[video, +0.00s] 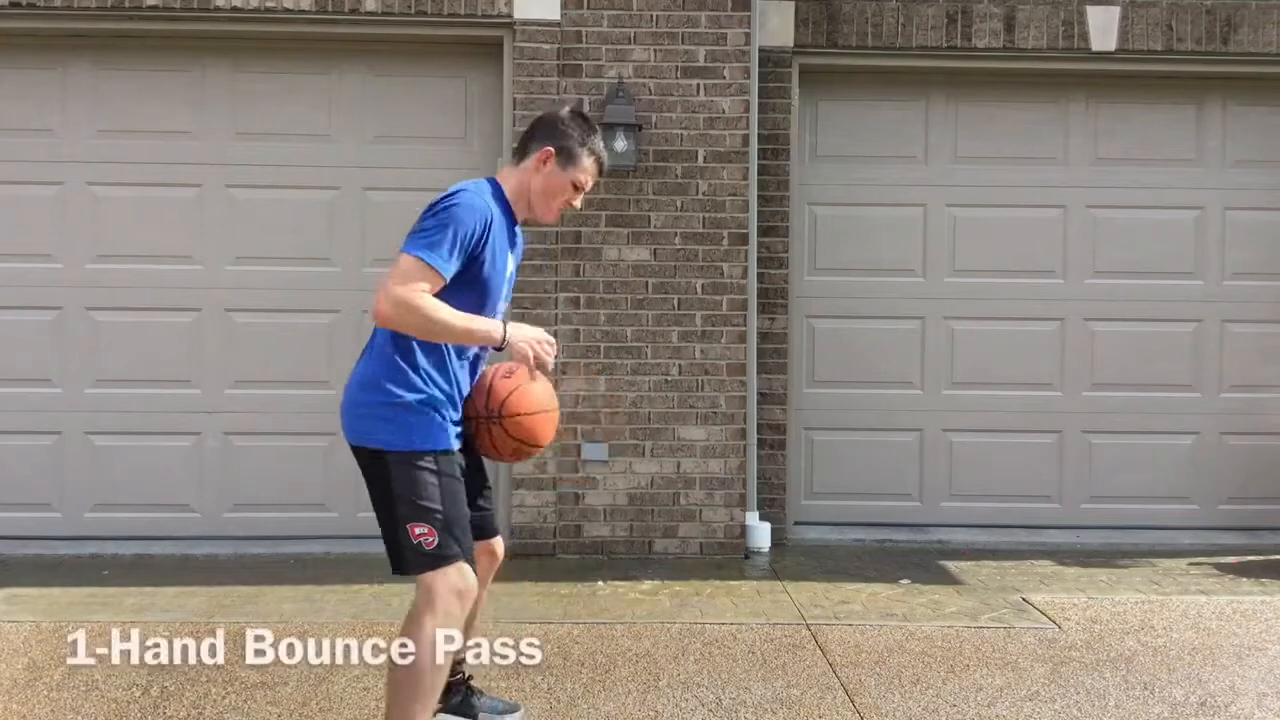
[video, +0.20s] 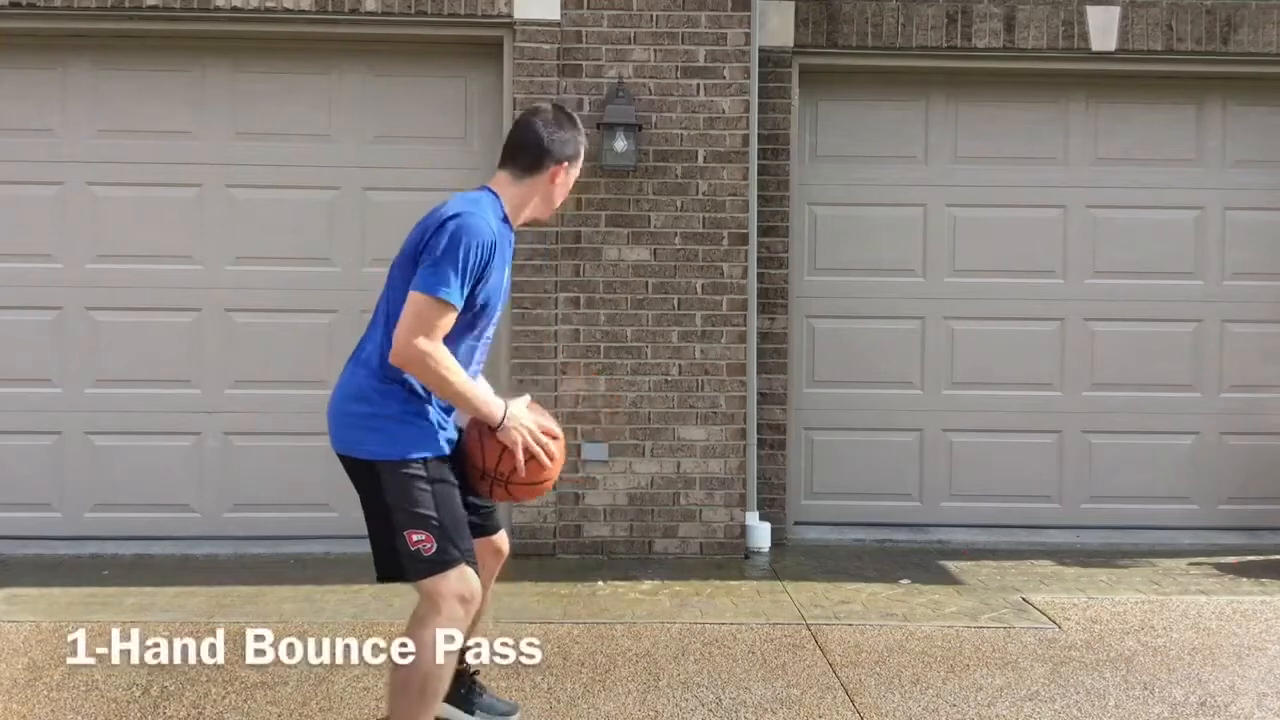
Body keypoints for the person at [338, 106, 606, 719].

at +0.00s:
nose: (574, 204)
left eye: (582, 195)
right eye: (575, 187)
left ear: (545, 165)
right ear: (543, 159)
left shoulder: (508, 233)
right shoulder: (470, 207)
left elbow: (462, 333)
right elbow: (394, 302)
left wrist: (496, 399)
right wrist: (503, 331)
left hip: (443, 413)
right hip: (399, 412)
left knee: (484, 552)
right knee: (450, 582)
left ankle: (443, 689)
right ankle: (407, 712)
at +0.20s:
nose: (571, 189)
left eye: (575, 176)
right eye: (576, 175)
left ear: (516, 156)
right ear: (559, 174)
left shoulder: (491, 232)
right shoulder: (471, 227)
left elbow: (448, 354)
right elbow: (413, 346)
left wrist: (496, 426)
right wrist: (497, 411)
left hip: (428, 420)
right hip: (387, 424)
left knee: (488, 551)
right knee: (451, 592)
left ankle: (448, 681)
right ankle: (408, 713)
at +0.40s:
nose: (563, 190)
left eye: (565, 178)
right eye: (567, 177)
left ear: (502, 163)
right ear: (553, 178)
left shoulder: (495, 241)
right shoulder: (468, 233)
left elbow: (473, 337)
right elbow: (415, 353)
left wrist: (537, 384)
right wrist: (512, 405)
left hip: (421, 422)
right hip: (387, 425)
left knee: (486, 557)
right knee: (458, 594)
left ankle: (442, 683)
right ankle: (412, 713)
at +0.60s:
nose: (559, 202)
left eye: (562, 191)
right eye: (563, 190)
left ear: (499, 173)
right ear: (553, 191)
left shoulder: (491, 246)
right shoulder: (471, 239)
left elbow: (453, 342)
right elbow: (458, 346)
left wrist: (494, 398)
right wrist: (541, 288)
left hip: (426, 425)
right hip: (388, 424)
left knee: (495, 552)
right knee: (457, 589)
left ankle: (442, 684)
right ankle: (411, 711)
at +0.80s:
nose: (559, 209)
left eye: (561, 198)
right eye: (562, 198)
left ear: (497, 181)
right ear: (552, 201)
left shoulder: (459, 233)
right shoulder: (494, 264)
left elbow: (398, 321)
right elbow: (533, 393)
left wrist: (444, 395)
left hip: (414, 424)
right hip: (397, 432)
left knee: (496, 545)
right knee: (458, 594)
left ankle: (442, 682)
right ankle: (410, 711)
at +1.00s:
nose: (554, 198)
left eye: (552, 188)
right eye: (555, 189)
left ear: (490, 180)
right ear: (546, 195)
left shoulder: (438, 228)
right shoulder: (524, 267)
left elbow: (375, 315)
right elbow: (534, 379)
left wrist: (446, 385)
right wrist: (556, 396)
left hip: (378, 414)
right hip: (416, 424)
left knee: (496, 539)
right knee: (466, 587)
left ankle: (439, 682)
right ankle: (414, 711)